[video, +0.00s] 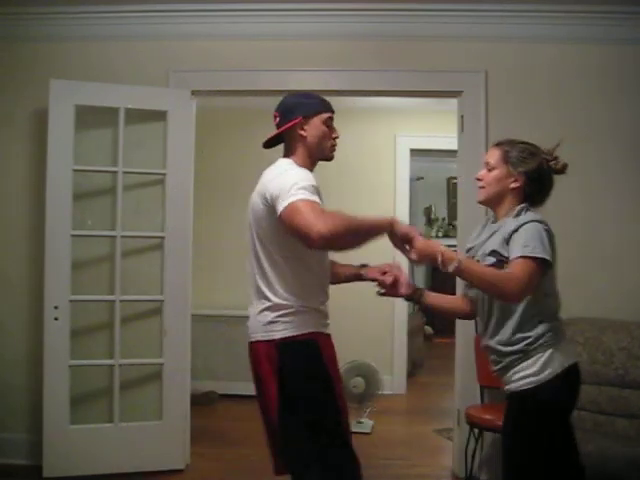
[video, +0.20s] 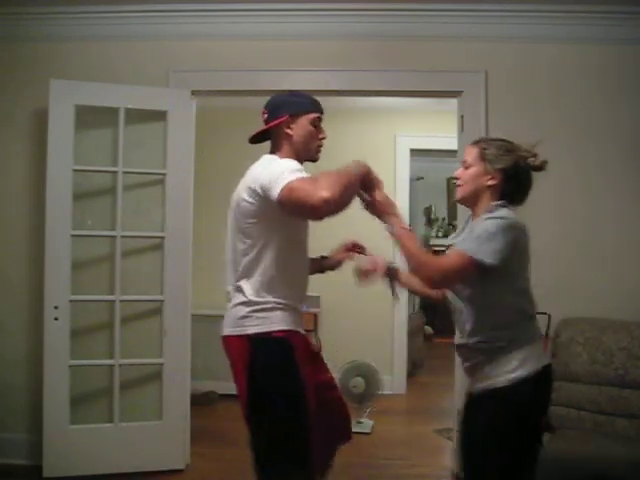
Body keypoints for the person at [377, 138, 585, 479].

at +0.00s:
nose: (478, 175)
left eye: (488, 168)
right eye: (481, 168)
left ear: (515, 180)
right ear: (511, 181)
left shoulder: (530, 228)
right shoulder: (485, 235)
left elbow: (514, 287)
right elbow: (471, 305)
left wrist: (444, 257)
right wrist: (412, 291)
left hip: (544, 378)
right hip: (518, 378)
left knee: (523, 470)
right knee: (550, 470)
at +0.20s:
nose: (456, 173)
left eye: (465, 166)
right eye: (460, 166)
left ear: (492, 178)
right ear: (488, 179)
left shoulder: (501, 226)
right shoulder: (477, 226)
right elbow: (435, 289)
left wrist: (391, 218)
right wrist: (388, 270)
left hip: (513, 381)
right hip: (489, 379)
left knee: (495, 474)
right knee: (476, 470)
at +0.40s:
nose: (420, 177)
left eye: (427, 169)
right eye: (421, 170)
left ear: (450, 179)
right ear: (454, 180)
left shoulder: (448, 224)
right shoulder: (478, 219)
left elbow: (367, 246)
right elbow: (434, 205)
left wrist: (349, 181)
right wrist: (412, 166)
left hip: (468, 373)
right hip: (489, 368)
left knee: (414, 472)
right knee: (465, 473)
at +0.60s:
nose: (394, 182)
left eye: (400, 175)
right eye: (398, 174)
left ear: (420, 184)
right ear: (440, 184)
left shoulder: (400, 231)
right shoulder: (462, 227)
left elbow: (350, 219)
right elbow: (469, 154)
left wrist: (346, 164)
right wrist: (436, 135)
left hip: (409, 372)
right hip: (456, 373)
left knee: (368, 471)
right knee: (408, 472)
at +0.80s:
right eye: (418, 172)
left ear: (381, 186)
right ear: (419, 185)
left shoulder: (366, 225)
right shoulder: (434, 226)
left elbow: (377, 177)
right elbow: (484, 179)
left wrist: (364, 144)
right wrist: (445, 155)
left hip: (369, 359)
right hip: (420, 366)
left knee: (369, 459)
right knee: (400, 466)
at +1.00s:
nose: (409, 167)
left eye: (404, 163)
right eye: (399, 164)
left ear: (387, 185)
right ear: (378, 186)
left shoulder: (407, 219)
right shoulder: (374, 224)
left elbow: (425, 158)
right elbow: (419, 193)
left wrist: (379, 134)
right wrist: (378, 168)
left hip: (393, 361)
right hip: (379, 363)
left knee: (368, 459)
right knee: (408, 465)